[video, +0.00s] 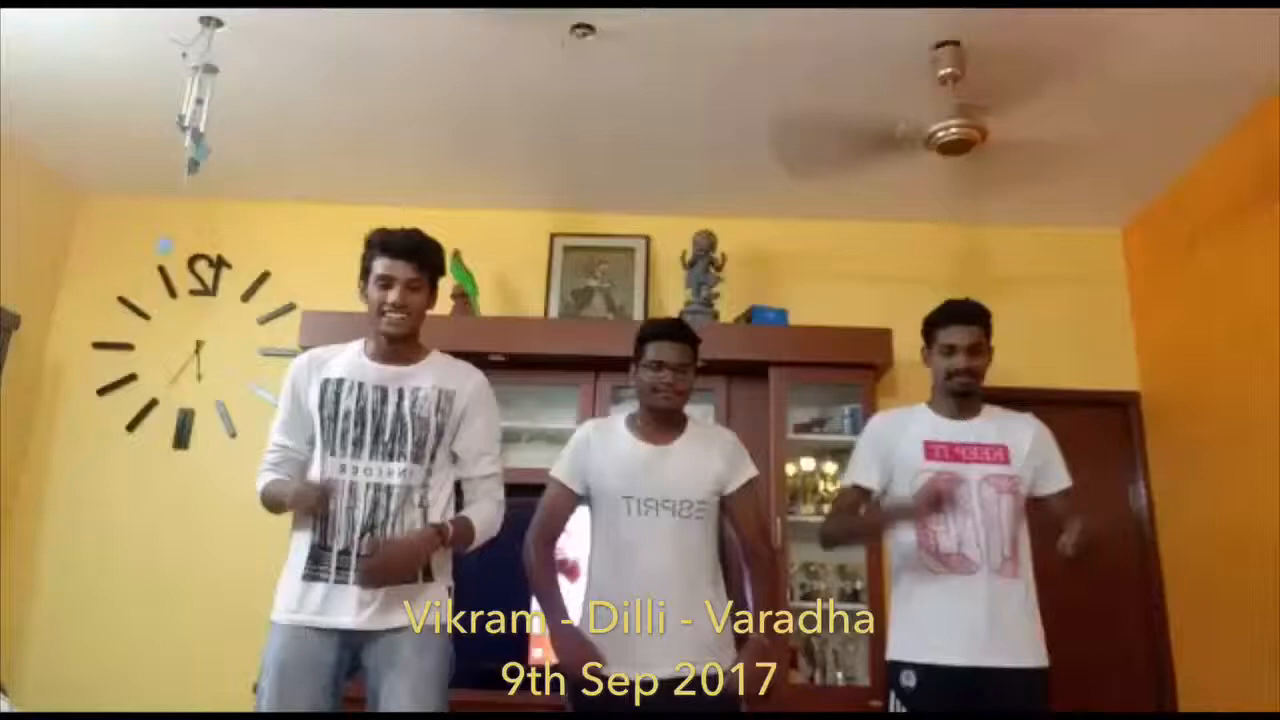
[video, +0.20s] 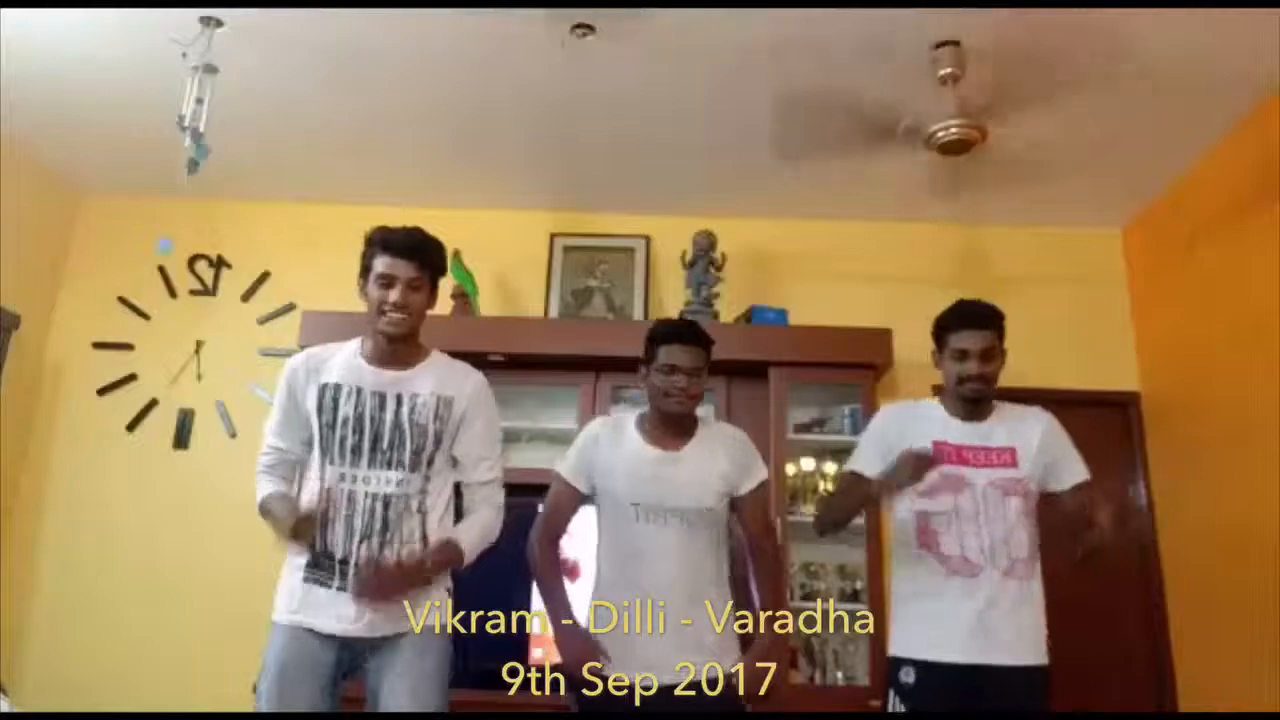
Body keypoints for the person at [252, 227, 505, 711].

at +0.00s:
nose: (396, 299)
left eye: (412, 288)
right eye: (384, 284)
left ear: (433, 298)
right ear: (364, 289)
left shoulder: (464, 386)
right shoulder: (311, 371)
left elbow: (488, 508)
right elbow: (274, 477)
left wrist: (428, 541)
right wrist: (294, 494)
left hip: (411, 611)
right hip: (310, 607)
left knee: (412, 706)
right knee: (283, 706)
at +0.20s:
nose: (397, 298)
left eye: (414, 287)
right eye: (385, 283)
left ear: (434, 298)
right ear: (364, 287)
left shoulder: (465, 388)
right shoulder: (307, 371)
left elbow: (487, 510)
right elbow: (274, 473)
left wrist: (420, 568)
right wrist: (291, 520)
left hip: (413, 618)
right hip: (310, 611)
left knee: (413, 705)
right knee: (281, 704)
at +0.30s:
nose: (400, 310)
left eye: (416, 299)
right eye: (388, 294)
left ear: (434, 309)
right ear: (365, 299)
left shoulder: (464, 402)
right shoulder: (304, 387)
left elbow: (480, 535)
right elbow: (270, 507)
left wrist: (405, 629)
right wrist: (294, 612)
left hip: (412, 643)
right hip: (309, 634)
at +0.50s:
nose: (425, 309)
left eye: (439, 299)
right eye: (409, 295)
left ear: (449, 317)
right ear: (378, 310)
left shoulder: (475, 413)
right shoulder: (319, 402)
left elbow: (494, 544)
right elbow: (273, 530)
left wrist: (412, 617)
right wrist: (350, 602)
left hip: (431, 654)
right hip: (320, 644)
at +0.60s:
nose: (442, 265)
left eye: (454, 254)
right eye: (427, 251)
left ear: (465, 268)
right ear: (396, 264)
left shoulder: (490, 365)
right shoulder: (340, 344)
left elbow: (505, 487)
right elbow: (281, 465)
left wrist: (440, 493)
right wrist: (363, 489)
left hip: (461, 588)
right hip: (358, 583)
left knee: (484, 704)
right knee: (323, 704)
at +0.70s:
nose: (455, 247)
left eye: (466, 236)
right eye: (440, 234)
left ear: (476, 249)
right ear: (409, 245)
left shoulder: (500, 347)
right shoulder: (360, 321)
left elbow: (501, 463)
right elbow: (278, 459)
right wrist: (323, 428)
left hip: (491, 544)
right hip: (387, 540)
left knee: (530, 698)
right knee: (343, 700)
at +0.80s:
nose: (464, 254)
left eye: (475, 243)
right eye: (448, 240)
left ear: (484, 254)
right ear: (417, 250)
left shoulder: (506, 354)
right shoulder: (373, 322)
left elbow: (501, 471)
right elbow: (317, 433)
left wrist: (550, 526)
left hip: (500, 549)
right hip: (404, 541)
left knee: (537, 699)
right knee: (382, 698)